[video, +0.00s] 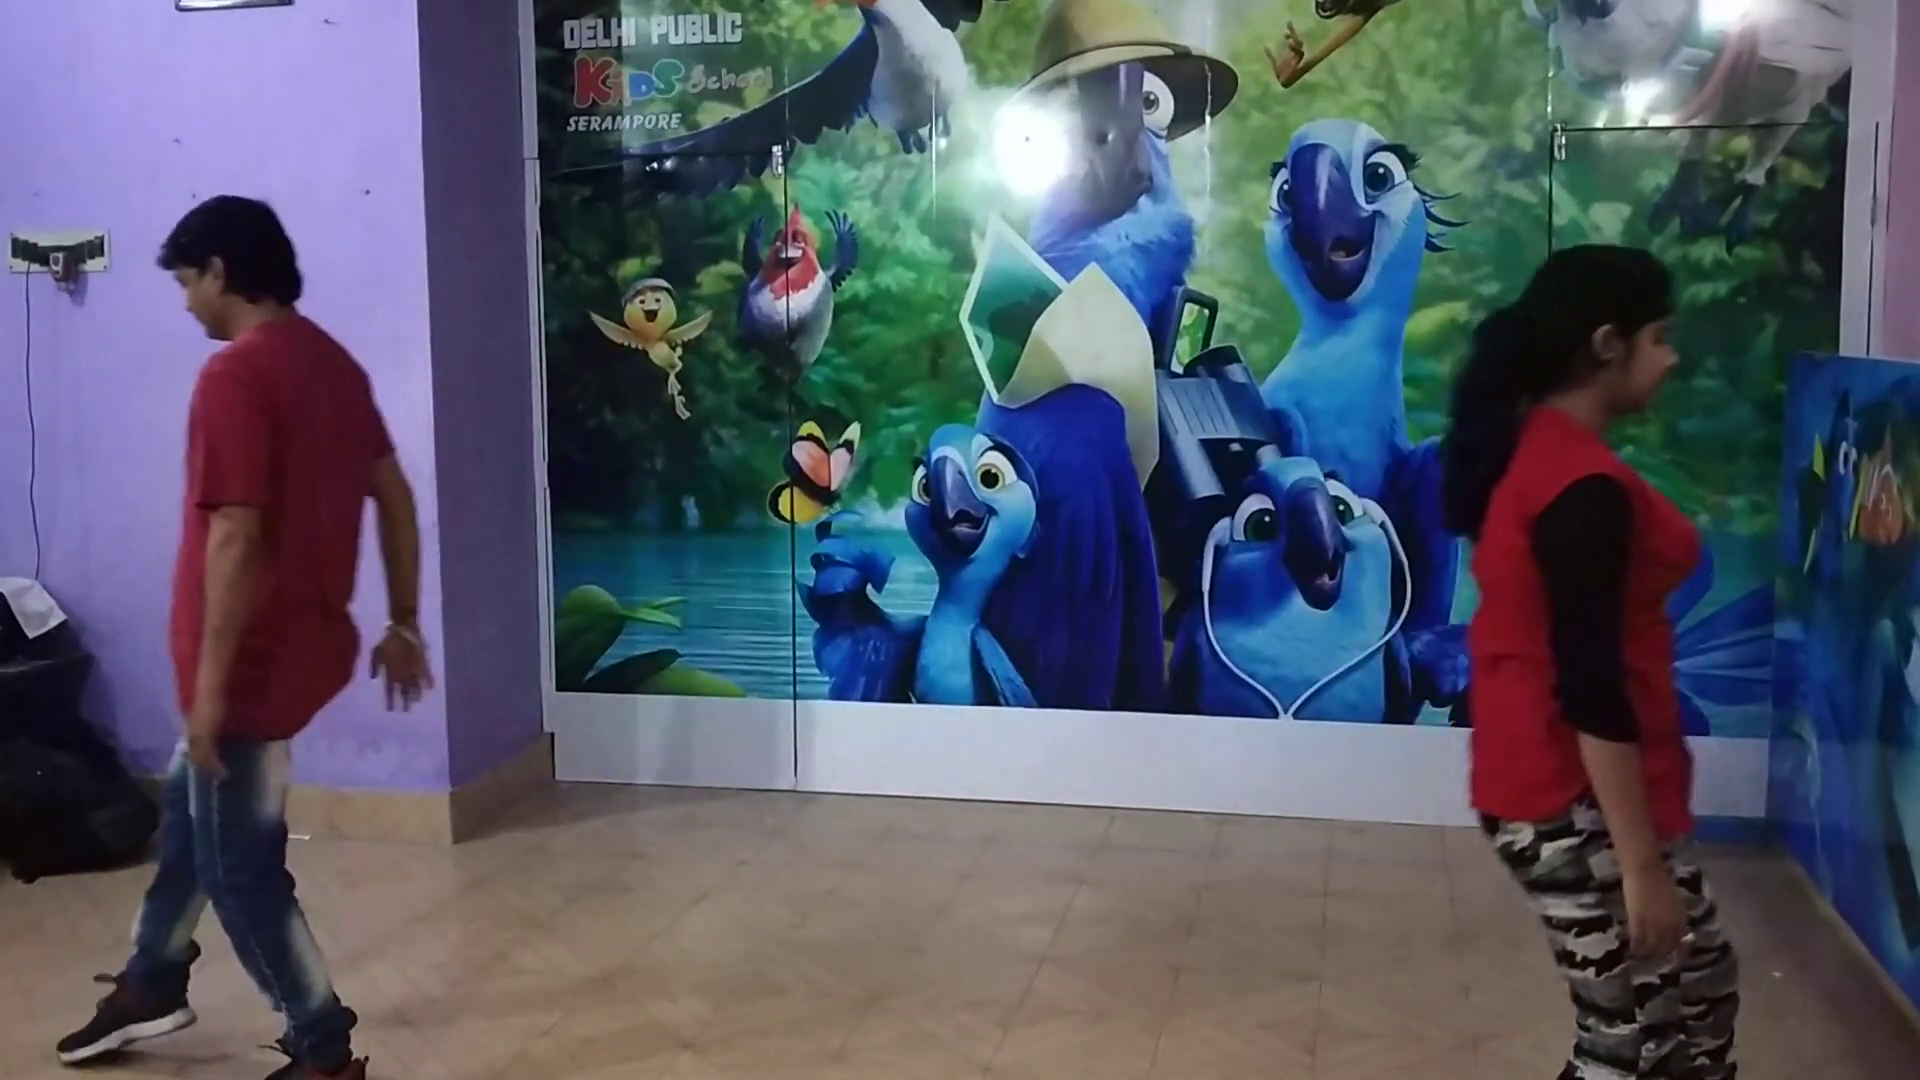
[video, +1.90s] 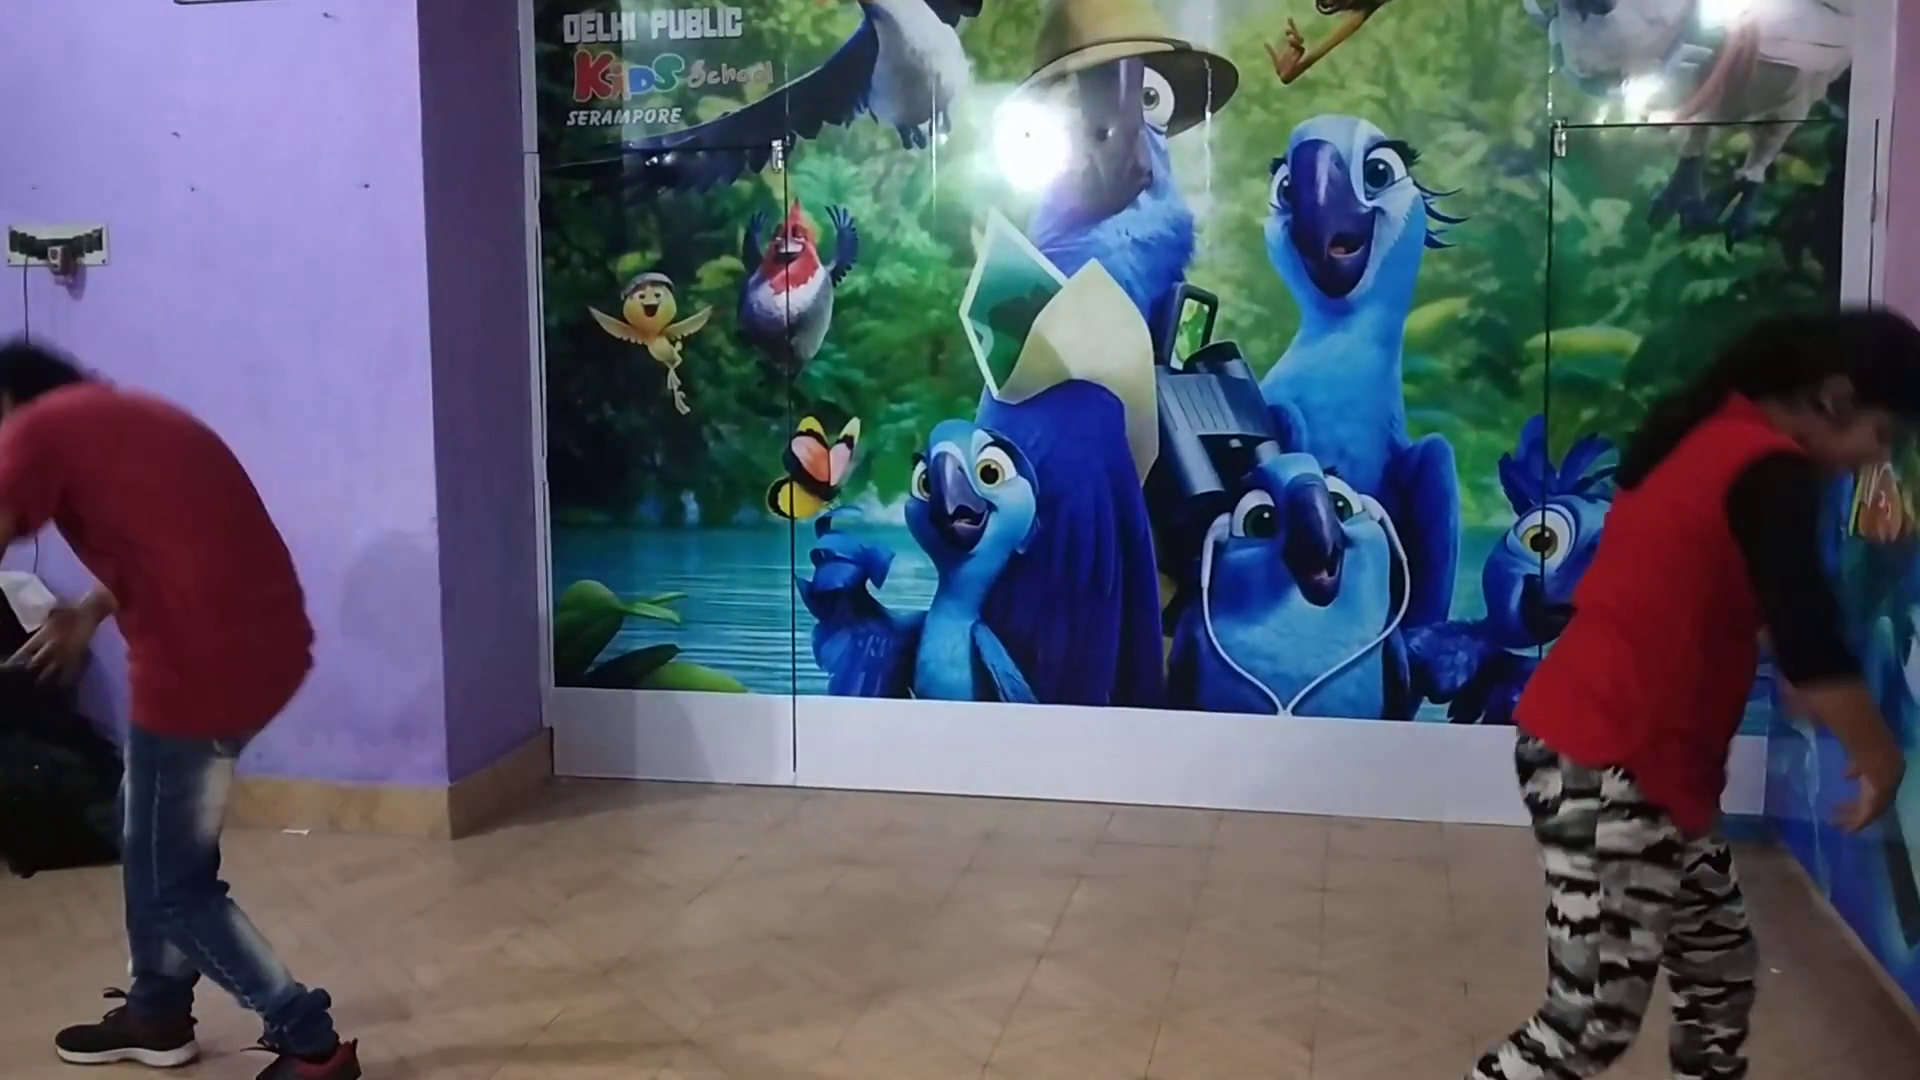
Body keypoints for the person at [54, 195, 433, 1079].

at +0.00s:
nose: (185, 300)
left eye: (186, 281)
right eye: (181, 283)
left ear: (220, 272)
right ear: (266, 270)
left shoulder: (236, 374)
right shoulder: (333, 363)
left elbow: (235, 539)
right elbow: (392, 493)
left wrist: (208, 698)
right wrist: (404, 621)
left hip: (242, 668)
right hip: (304, 651)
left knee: (243, 871)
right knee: (188, 808)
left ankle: (324, 1046)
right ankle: (151, 982)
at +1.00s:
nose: (79, 307)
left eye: (80, 288)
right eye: (76, 291)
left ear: (110, 283)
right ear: (174, 281)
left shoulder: (122, 386)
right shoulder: (236, 372)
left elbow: (168, 507)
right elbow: (319, 481)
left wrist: (211, 635)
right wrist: (387, 575)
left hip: (148, 672)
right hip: (215, 650)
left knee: (211, 867)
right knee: (120, 810)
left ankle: (324, 1046)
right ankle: (157, 1010)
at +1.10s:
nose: (56, 307)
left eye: (61, 291)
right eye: (57, 291)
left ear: (92, 297)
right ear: (148, 299)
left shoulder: (89, 398)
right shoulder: (208, 386)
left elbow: (107, 516)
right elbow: (301, 481)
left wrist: (120, 631)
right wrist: (396, 549)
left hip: (154, 664)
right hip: (225, 648)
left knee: (177, 901)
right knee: (105, 810)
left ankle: (317, 1045)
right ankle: (153, 1011)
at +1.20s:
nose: (12, 346)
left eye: (20, 330)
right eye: (14, 329)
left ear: (50, 336)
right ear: (101, 339)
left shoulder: (43, 436)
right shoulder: (161, 420)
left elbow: (30, 555)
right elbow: (264, 506)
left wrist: (9, 644)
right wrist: (357, 555)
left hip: (183, 690)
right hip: (251, 667)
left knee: (135, 903)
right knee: (99, 805)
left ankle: (296, 1032)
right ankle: (151, 1012)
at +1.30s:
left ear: (4, 418)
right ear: (59, 413)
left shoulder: (20, 504)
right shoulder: (112, 478)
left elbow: (9, 609)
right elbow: (180, 568)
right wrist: (261, 600)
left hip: (213, 708)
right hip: (270, 677)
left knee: (128, 912)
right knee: (108, 803)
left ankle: (297, 1034)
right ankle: (153, 1015)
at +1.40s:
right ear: (34, 487)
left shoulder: (18, 564)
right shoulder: (82, 529)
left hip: (231, 713)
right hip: (290, 680)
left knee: (124, 913)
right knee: (119, 803)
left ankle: (300, 1037)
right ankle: (152, 1014)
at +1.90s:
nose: (2, 431)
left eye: (1, 419)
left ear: (12, 401)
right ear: (62, 382)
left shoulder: (37, 428)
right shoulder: (131, 412)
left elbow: (7, 530)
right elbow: (178, 536)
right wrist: (92, 607)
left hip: (195, 662)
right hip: (266, 642)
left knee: (181, 886)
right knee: (144, 834)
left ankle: (310, 1042)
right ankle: (158, 1014)